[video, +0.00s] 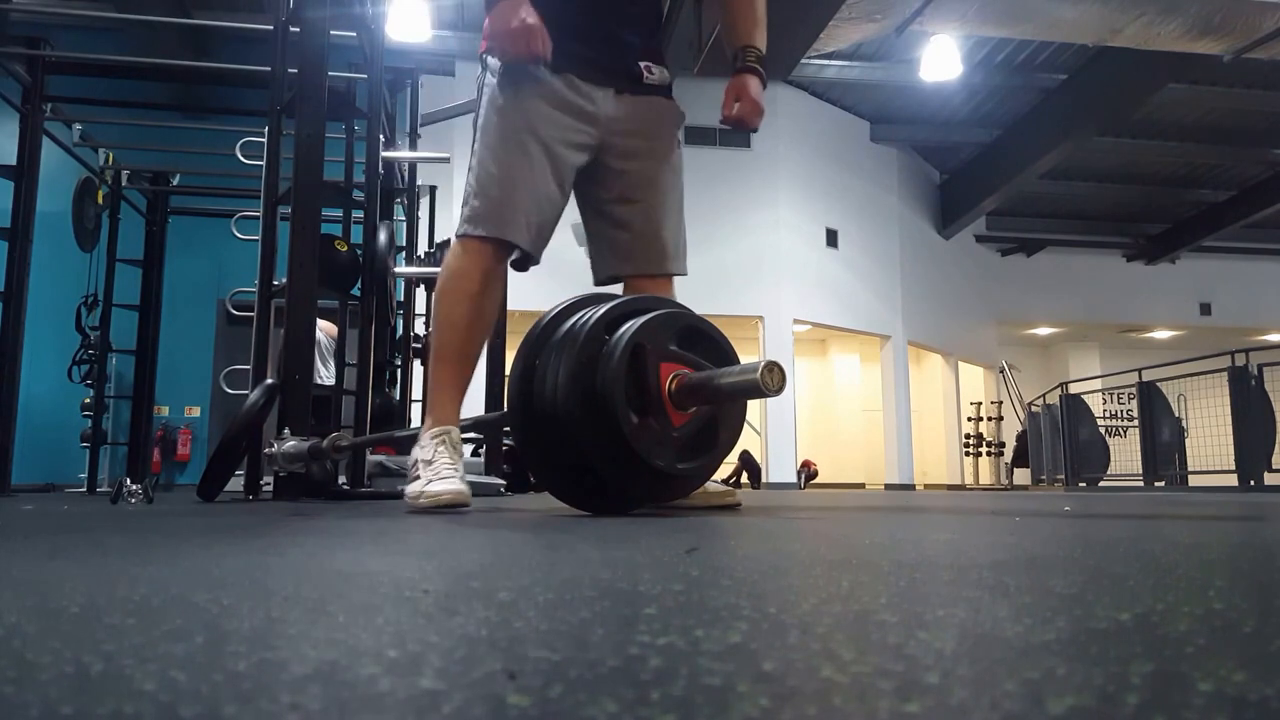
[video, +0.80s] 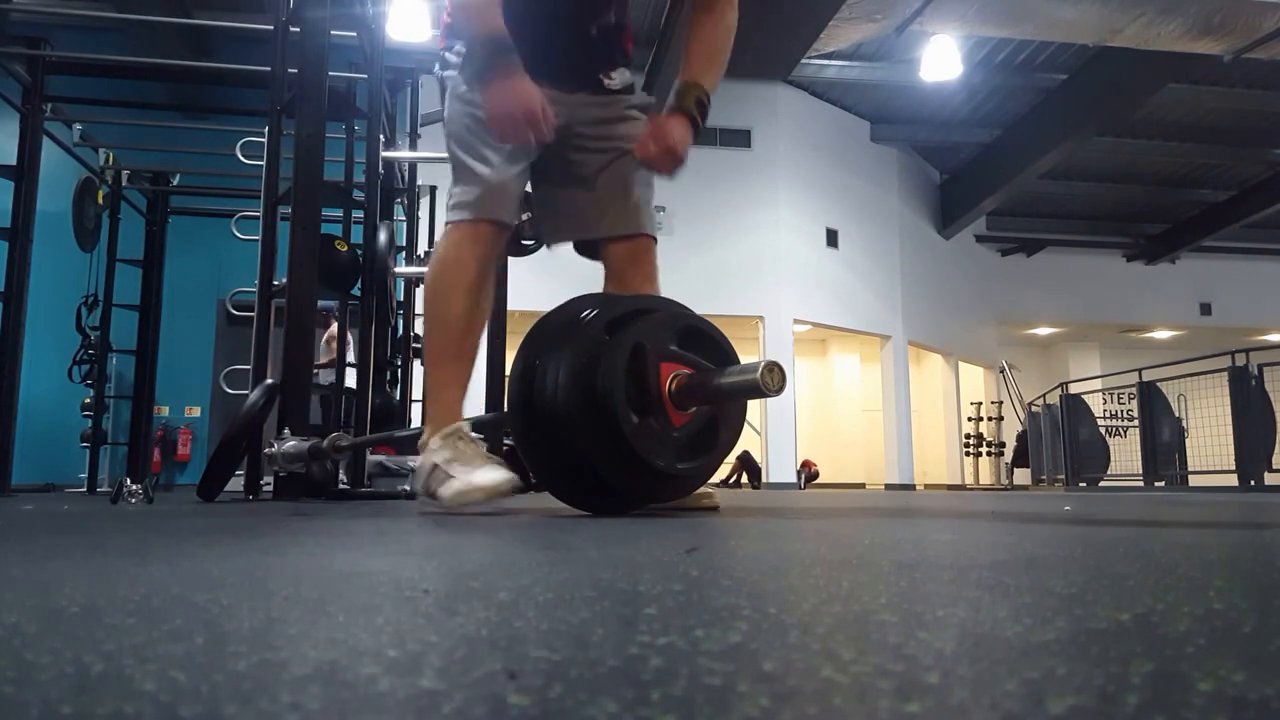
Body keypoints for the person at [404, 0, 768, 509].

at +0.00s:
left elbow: (742, 1)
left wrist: (749, 61)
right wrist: (506, 1)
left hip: (643, 81)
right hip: (542, 62)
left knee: (651, 270)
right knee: (487, 237)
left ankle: (666, 461)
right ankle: (439, 439)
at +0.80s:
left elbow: (717, 4)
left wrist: (686, 108)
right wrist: (498, 69)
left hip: (605, 75)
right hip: (495, 58)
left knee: (633, 242)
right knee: (482, 219)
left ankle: (652, 455)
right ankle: (443, 440)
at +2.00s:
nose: (718, 11)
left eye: (730, 3)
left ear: (738, 2)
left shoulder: (724, 32)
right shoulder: (558, 14)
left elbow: (668, 155)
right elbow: (536, 191)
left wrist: (634, 214)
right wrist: (570, 345)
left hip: (572, 122)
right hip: (464, 98)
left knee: (646, 238)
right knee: (491, 207)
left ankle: (641, 453)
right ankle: (440, 453)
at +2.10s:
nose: (717, 12)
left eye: (729, 5)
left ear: (734, 5)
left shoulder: (721, 33)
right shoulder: (557, 15)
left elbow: (665, 155)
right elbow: (535, 193)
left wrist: (632, 213)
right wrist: (574, 348)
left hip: (569, 122)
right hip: (462, 98)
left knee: (645, 238)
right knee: (491, 206)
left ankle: (637, 457)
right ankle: (440, 453)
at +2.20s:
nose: (716, 15)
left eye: (728, 7)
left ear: (733, 7)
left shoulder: (719, 35)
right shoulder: (557, 16)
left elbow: (663, 155)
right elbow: (536, 195)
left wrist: (632, 211)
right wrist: (576, 349)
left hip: (565, 121)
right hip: (460, 96)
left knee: (642, 238)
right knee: (491, 207)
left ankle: (638, 456)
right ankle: (440, 453)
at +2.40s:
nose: (715, 20)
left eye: (730, 11)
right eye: (710, 2)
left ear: (736, 10)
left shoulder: (717, 38)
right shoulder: (557, 17)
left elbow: (661, 156)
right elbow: (539, 198)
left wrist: (631, 211)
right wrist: (579, 349)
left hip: (562, 118)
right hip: (459, 95)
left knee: (640, 236)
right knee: (492, 207)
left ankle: (637, 457)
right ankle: (440, 453)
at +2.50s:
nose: (723, 15)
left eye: (734, 7)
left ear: (735, 7)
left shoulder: (718, 33)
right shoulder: (561, 14)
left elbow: (663, 155)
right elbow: (544, 192)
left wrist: (634, 217)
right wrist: (584, 346)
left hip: (564, 116)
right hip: (461, 94)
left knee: (642, 239)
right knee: (494, 209)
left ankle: (639, 459)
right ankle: (441, 453)